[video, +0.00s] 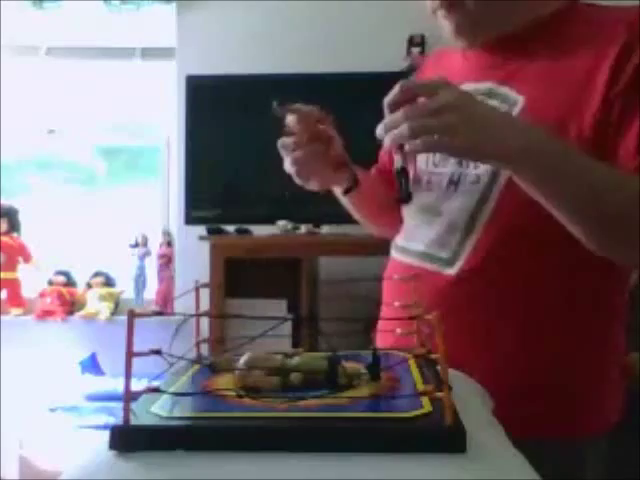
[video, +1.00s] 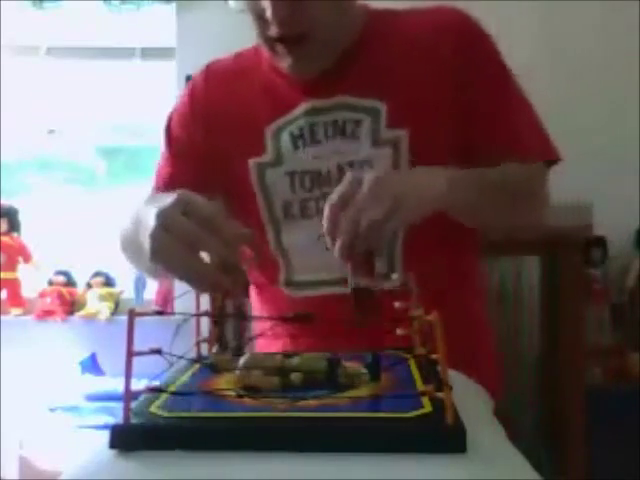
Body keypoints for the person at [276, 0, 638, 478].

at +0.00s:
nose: (439, 3)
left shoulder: (622, 43)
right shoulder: (435, 67)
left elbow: (631, 236)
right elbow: (401, 217)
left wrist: (510, 140)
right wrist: (344, 177)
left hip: (549, 420)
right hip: (413, 404)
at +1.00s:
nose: (274, 16)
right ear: (240, 2)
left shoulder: (445, 44)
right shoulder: (215, 93)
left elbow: (528, 200)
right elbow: (148, 237)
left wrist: (431, 188)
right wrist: (152, 227)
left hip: (446, 392)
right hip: (289, 407)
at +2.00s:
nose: (283, 10)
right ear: (241, 1)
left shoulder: (422, 51)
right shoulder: (198, 95)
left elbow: (503, 198)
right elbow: (127, 239)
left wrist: (437, 189)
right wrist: (152, 233)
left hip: (426, 366)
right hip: (275, 374)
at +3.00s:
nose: (272, 10)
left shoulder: (408, 48)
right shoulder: (184, 98)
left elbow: (481, 201)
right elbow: (124, 260)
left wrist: (386, 178)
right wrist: (138, 221)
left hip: (420, 374)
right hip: (265, 386)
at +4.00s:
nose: (255, 7)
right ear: (212, 4)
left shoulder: (391, 42)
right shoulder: (174, 98)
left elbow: (447, 202)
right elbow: (115, 260)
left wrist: (327, 242)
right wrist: (124, 208)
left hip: (409, 371)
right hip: (253, 382)